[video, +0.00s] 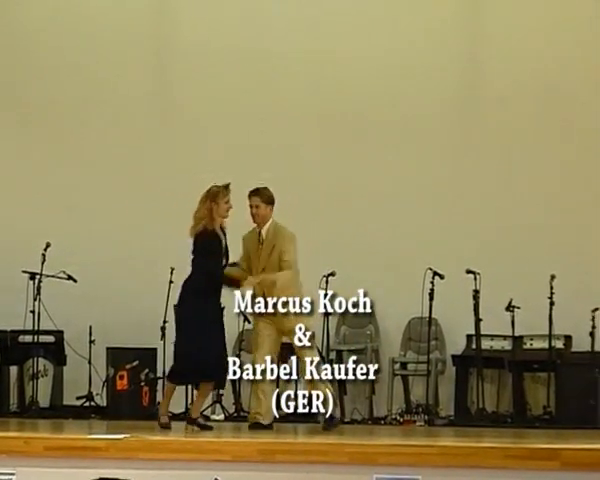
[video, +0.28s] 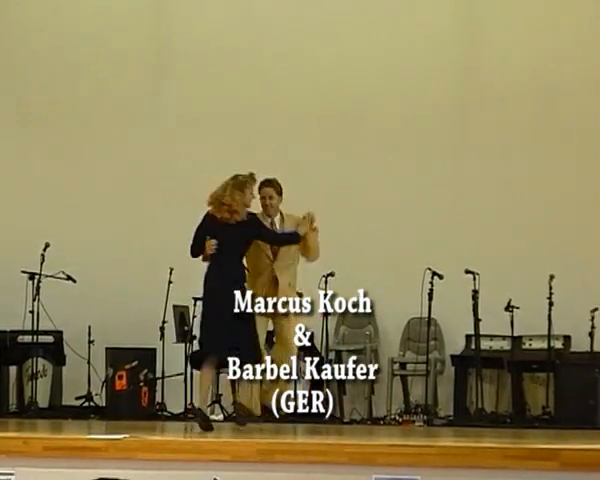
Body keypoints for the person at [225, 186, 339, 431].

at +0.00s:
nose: (252, 212)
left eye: (256, 207)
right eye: (250, 207)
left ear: (270, 208)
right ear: (250, 209)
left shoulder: (285, 236)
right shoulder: (249, 239)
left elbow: (289, 275)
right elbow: (244, 271)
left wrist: (257, 281)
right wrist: (223, 273)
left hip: (289, 310)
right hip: (263, 311)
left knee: (307, 359)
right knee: (261, 364)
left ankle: (328, 408)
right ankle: (261, 417)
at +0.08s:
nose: (256, 205)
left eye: (260, 200)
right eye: (253, 201)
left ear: (272, 201)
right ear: (251, 203)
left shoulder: (289, 230)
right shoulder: (245, 232)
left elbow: (310, 265)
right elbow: (232, 263)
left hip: (290, 304)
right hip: (260, 306)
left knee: (303, 356)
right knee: (260, 362)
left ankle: (318, 404)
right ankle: (261, 415)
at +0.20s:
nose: (262, 198)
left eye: (267, 193)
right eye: (259, 194)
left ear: (278, 195)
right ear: (256, 196)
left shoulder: (294, 221)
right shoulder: (247, 222)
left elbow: (318, 248)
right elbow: (229, 247)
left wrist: (315, 226)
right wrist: (204, 248)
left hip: (288, 295)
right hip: (257, 295)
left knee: (292, 351)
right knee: (257, 354)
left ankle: (294, 408)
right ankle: (258, 412)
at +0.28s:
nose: (267, 202)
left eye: (271, 197)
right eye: (263, 198)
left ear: (280, 198)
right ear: (258, 200)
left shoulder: (295, 222)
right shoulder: (252, 223)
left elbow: (311, 255)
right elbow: (235, 250)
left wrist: (311, 231)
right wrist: (208, 251)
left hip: (285, 294)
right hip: (255, 295)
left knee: (287, 348)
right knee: (253, 348)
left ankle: (276, 400)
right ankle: (249, 404)